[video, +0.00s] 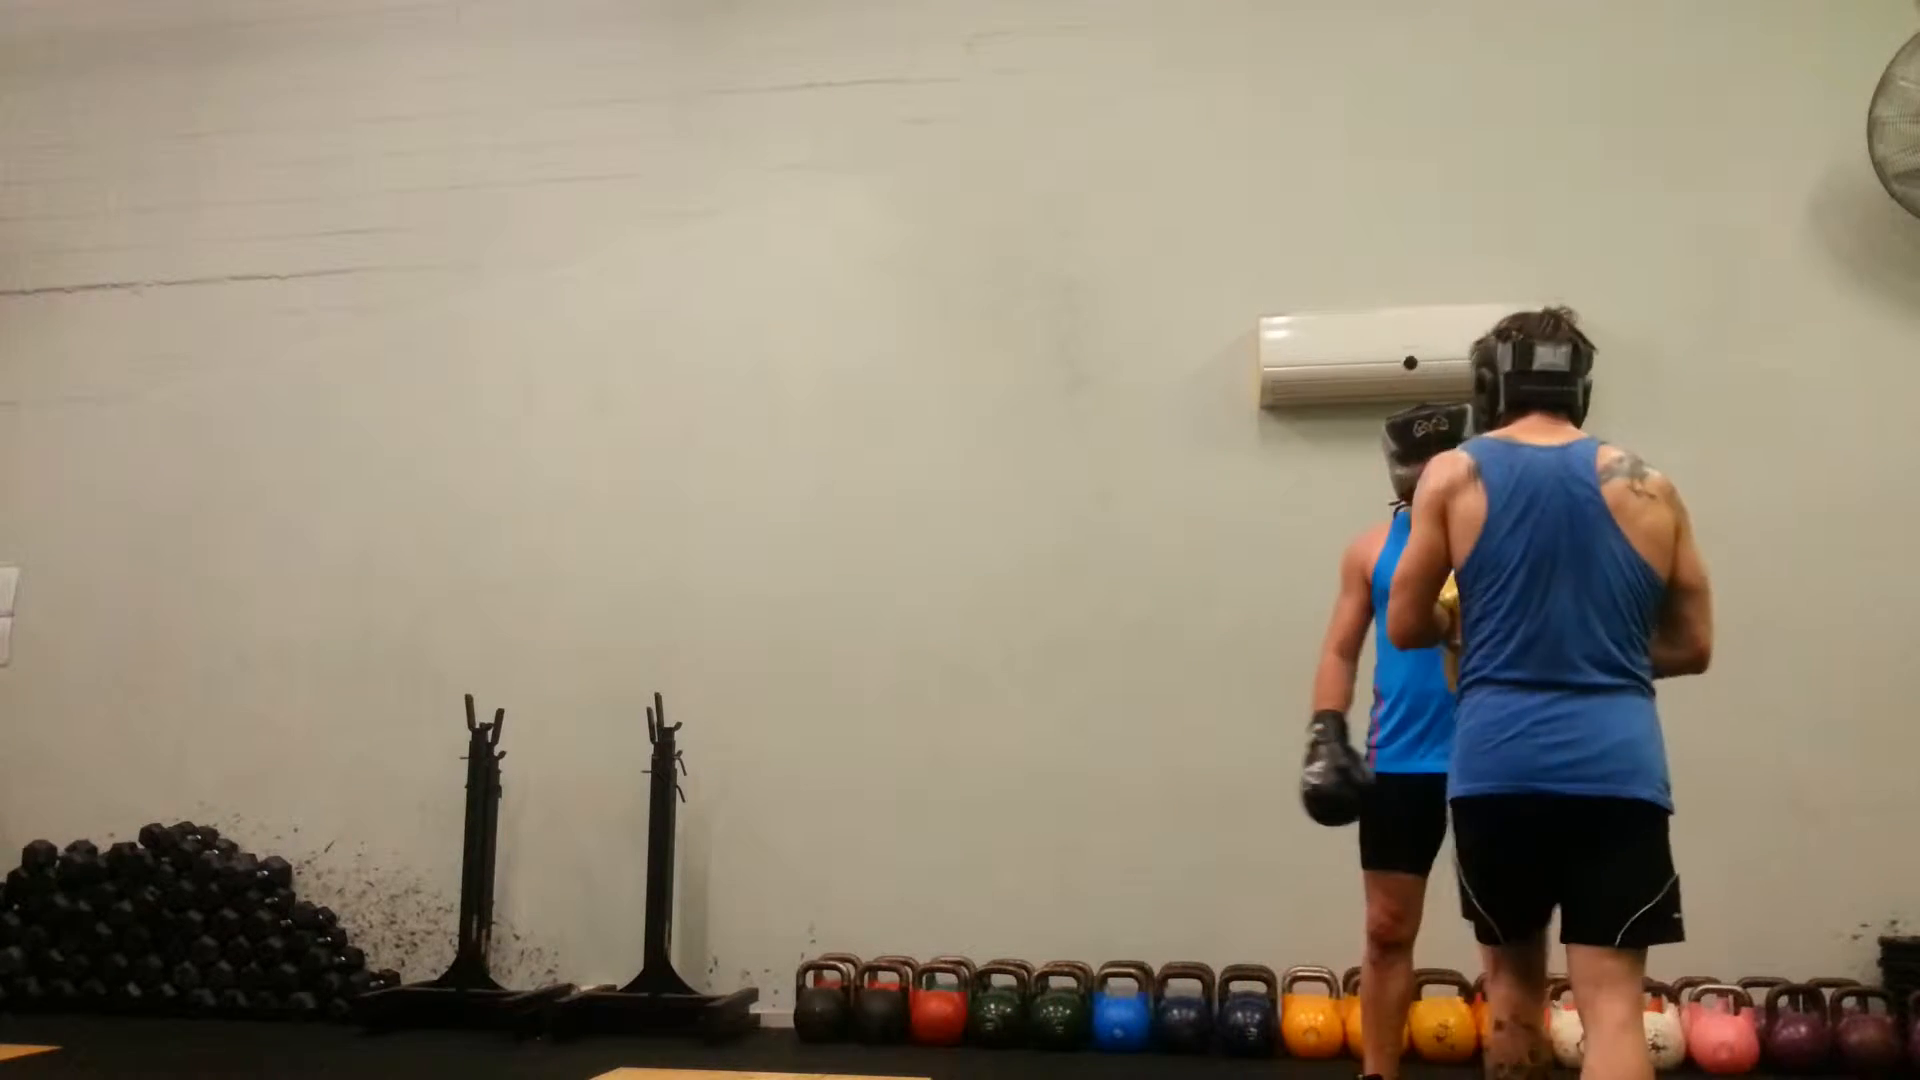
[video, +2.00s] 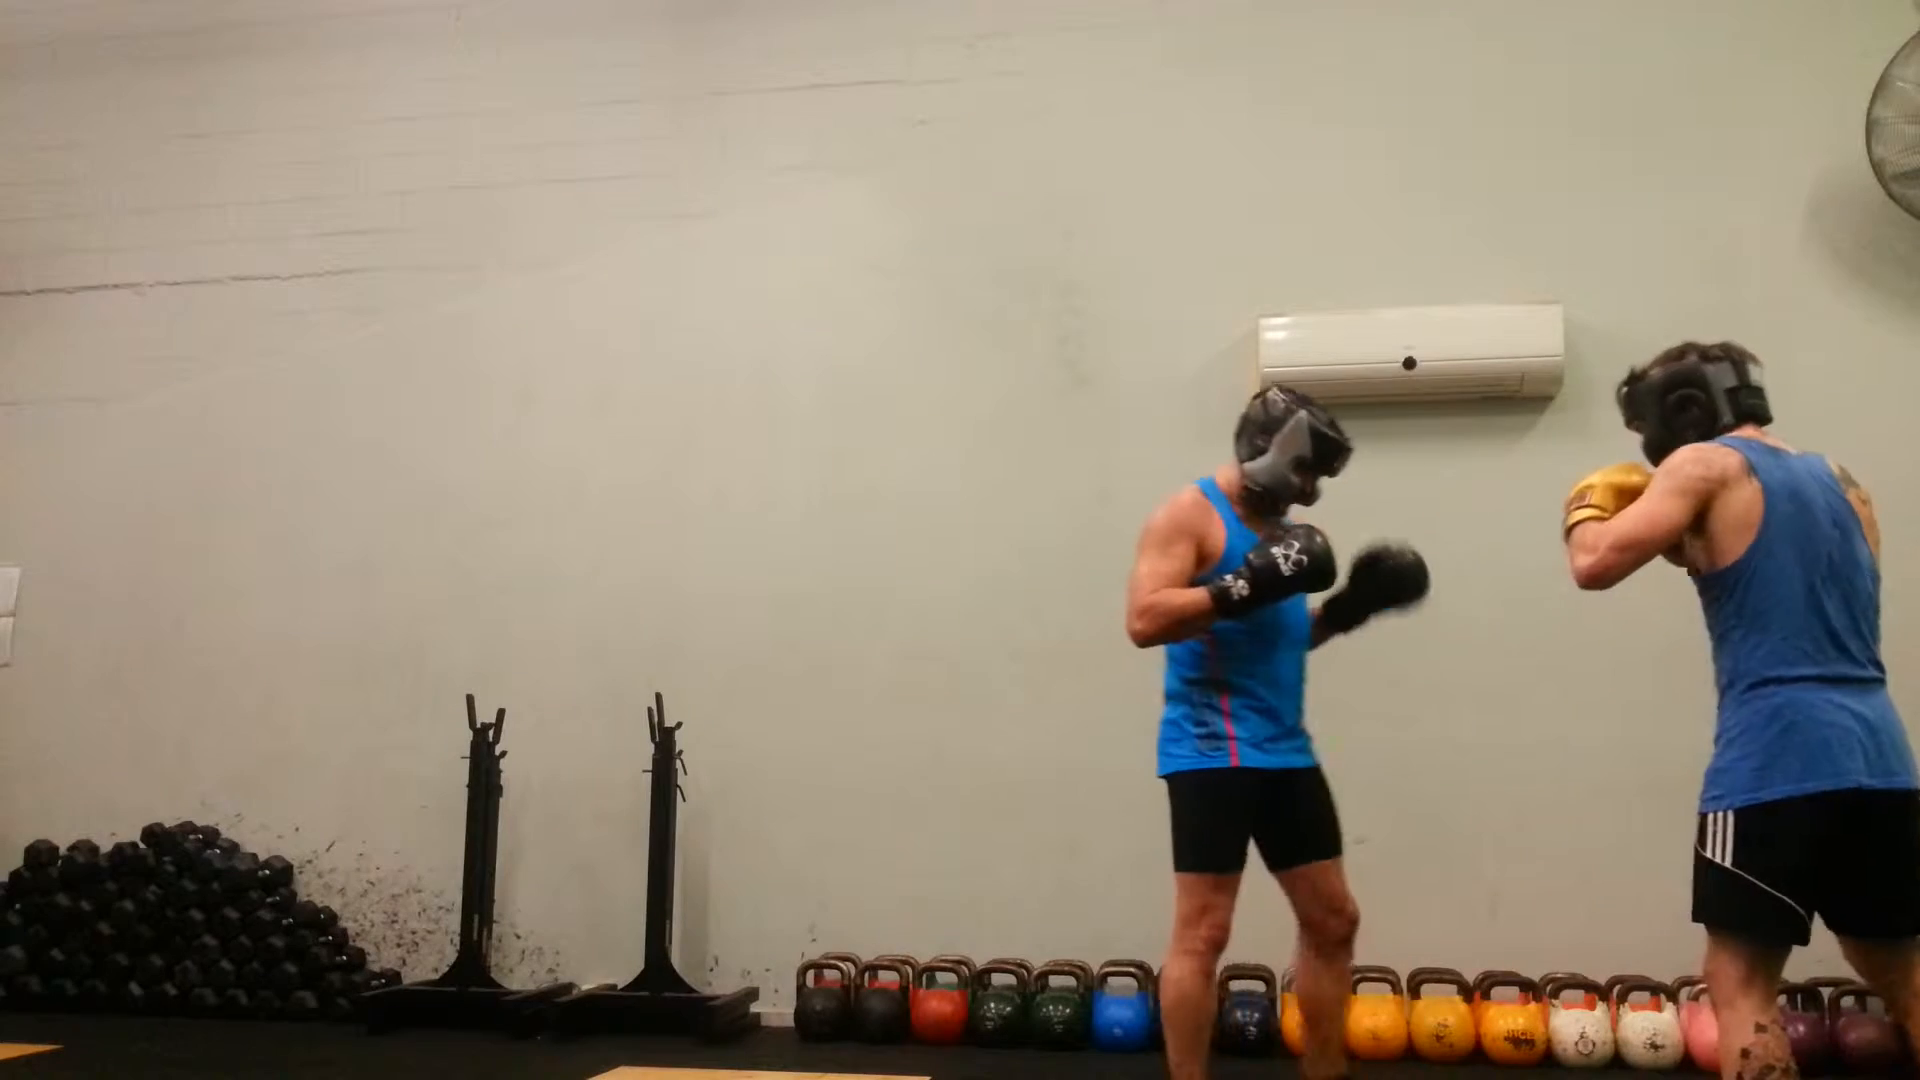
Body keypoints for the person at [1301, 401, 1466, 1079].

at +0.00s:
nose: (1428, 474)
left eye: (1440, 460)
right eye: (1416, 462)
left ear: (1463, 467)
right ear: (1396, 471)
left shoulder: (1499, 540)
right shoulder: (1373, 548)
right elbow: (1342, 648)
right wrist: (1327, 733)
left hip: (1492, 762)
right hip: (1403, 762)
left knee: (1506, 938)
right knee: (1387, 931)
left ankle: (1512, 1073)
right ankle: (1379, 1070)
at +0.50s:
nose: (1385, 487)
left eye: (1397, 473)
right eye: (1370, 476)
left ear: (1418, 470)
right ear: (1347, 480)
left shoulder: (1457, 537)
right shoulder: (1324, 554)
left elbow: (1522, 632)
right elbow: (1286, 667)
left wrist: (1461, 615)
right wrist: (1310, 635)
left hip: (1446, 764)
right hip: (1354, 766)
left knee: (1481, 932)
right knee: (1362, 930)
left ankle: (1511, 1071)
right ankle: (1371, 1072)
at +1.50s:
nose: (1412, 470)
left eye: (1416, 457)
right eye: (1401, 455)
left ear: (1413, 465)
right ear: (1358, 452)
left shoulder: (1420, 531)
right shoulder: (1283, 528)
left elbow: (1501, 604)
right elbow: (1231, 635)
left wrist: (1515, 522)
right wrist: (1310, 587)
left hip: (1402, 760)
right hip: (1312, 760)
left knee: (1408, 931)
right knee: (1303, 928)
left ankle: (1410, 1077)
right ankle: (1263, 1067)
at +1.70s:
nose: (1380, 477)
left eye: (1385, 463)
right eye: (1369, 461)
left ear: (1374, 466)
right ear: (1324, 454)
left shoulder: (1379, 534)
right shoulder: (1249, 526)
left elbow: (1431, 635)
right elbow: (1204, 634)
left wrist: (1468, 571)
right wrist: (1292, 583)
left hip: (1367, 763)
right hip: (1277, 765)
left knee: (1385, 935)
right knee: (1255, 936)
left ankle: (1400, 1075)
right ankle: (1207, 1075)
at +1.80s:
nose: (1362, 480)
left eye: (1365, 466)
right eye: (1354, 464)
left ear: (1327, 464)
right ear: (1312, 457)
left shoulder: (1343, 537)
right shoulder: (1226, 523)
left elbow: (1358, 647)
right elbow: (1185, 633)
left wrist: (1414, 610)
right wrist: (1278, 586)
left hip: (1335, 760)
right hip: (1251, 762)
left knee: (1369, 940)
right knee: (1233, 937)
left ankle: (1395, 1076)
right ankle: (1199, 1076)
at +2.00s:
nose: (1312, 491)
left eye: (1318, 477)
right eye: (1305, 475)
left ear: (1280, 461)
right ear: (1268, 456)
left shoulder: (1278, 526)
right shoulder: (1187, 515)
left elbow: (1282, 636)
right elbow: (1144, 621)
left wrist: (1354, 602)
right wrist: (1252, 581)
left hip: (1284, 753)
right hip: (1209, 757)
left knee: (1332, 922)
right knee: (1201, 935)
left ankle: (1325, 1072)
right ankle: (1188, 1076)